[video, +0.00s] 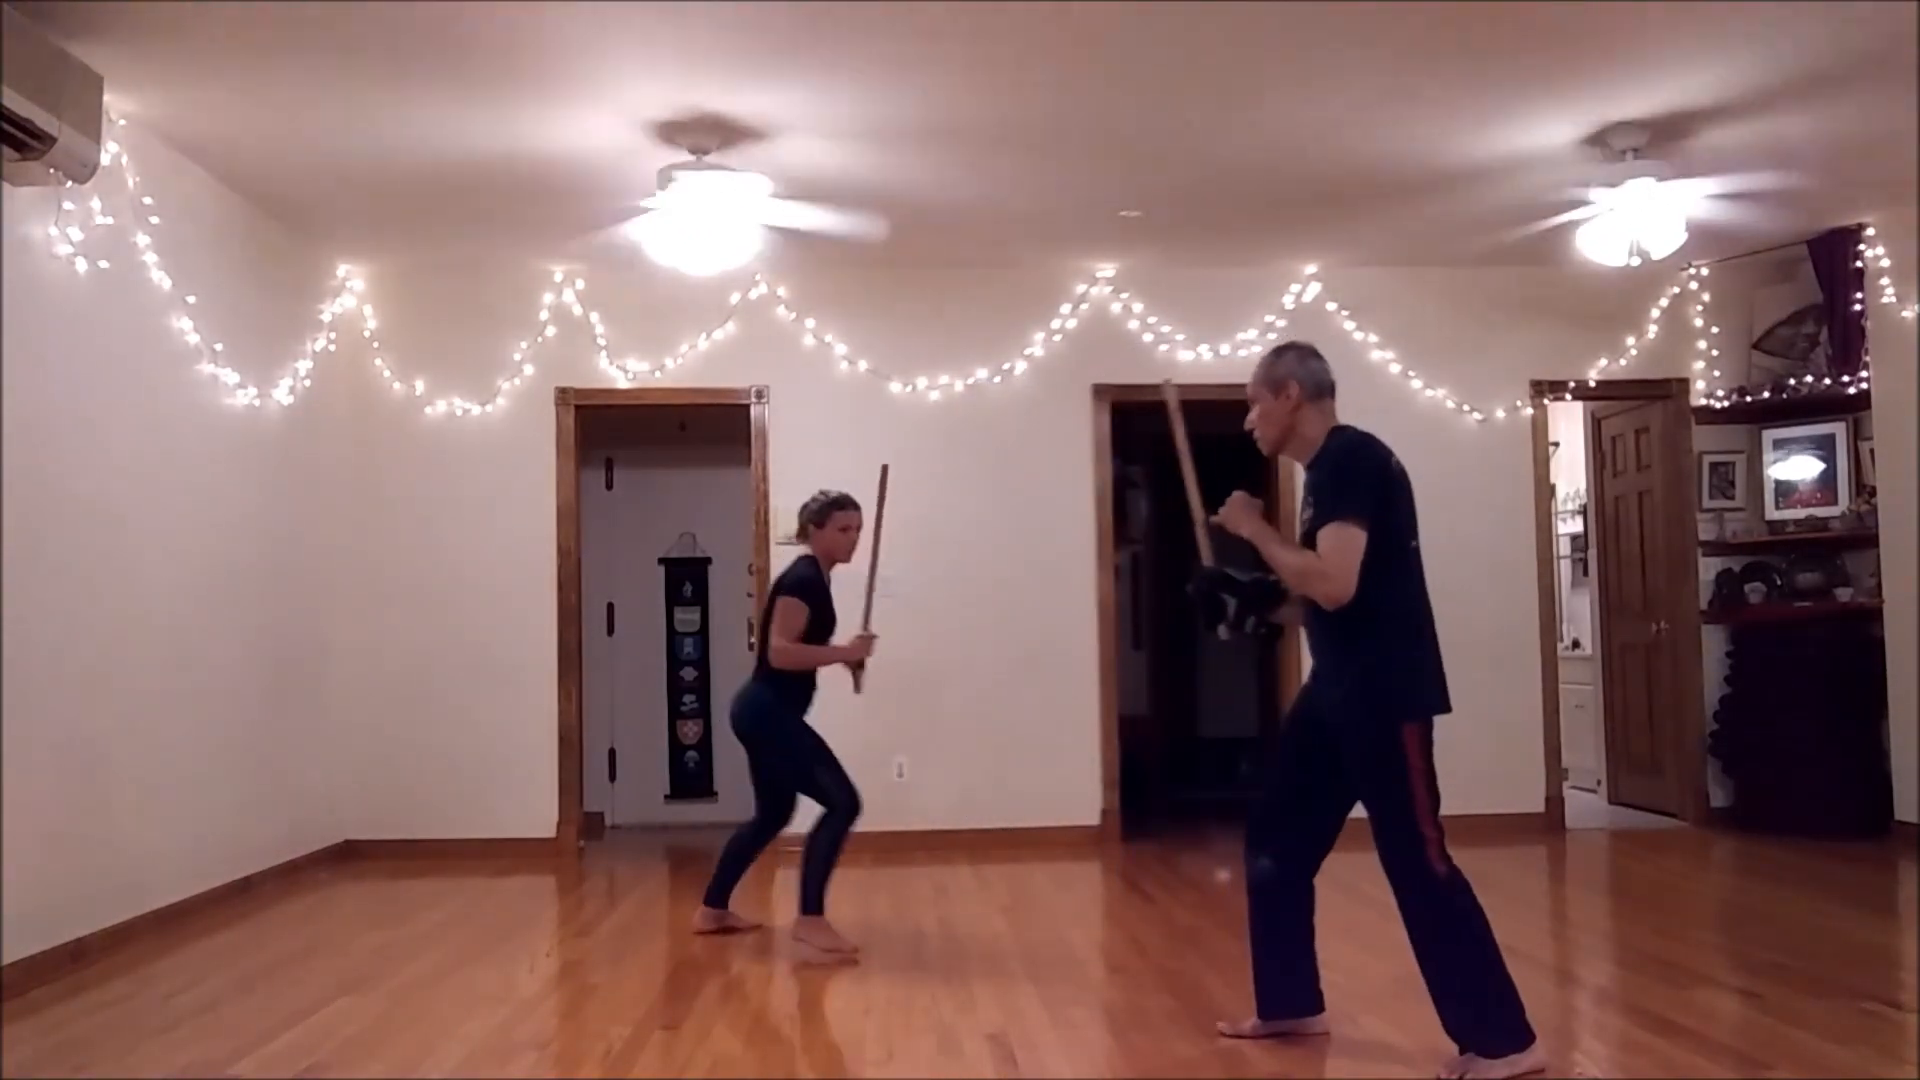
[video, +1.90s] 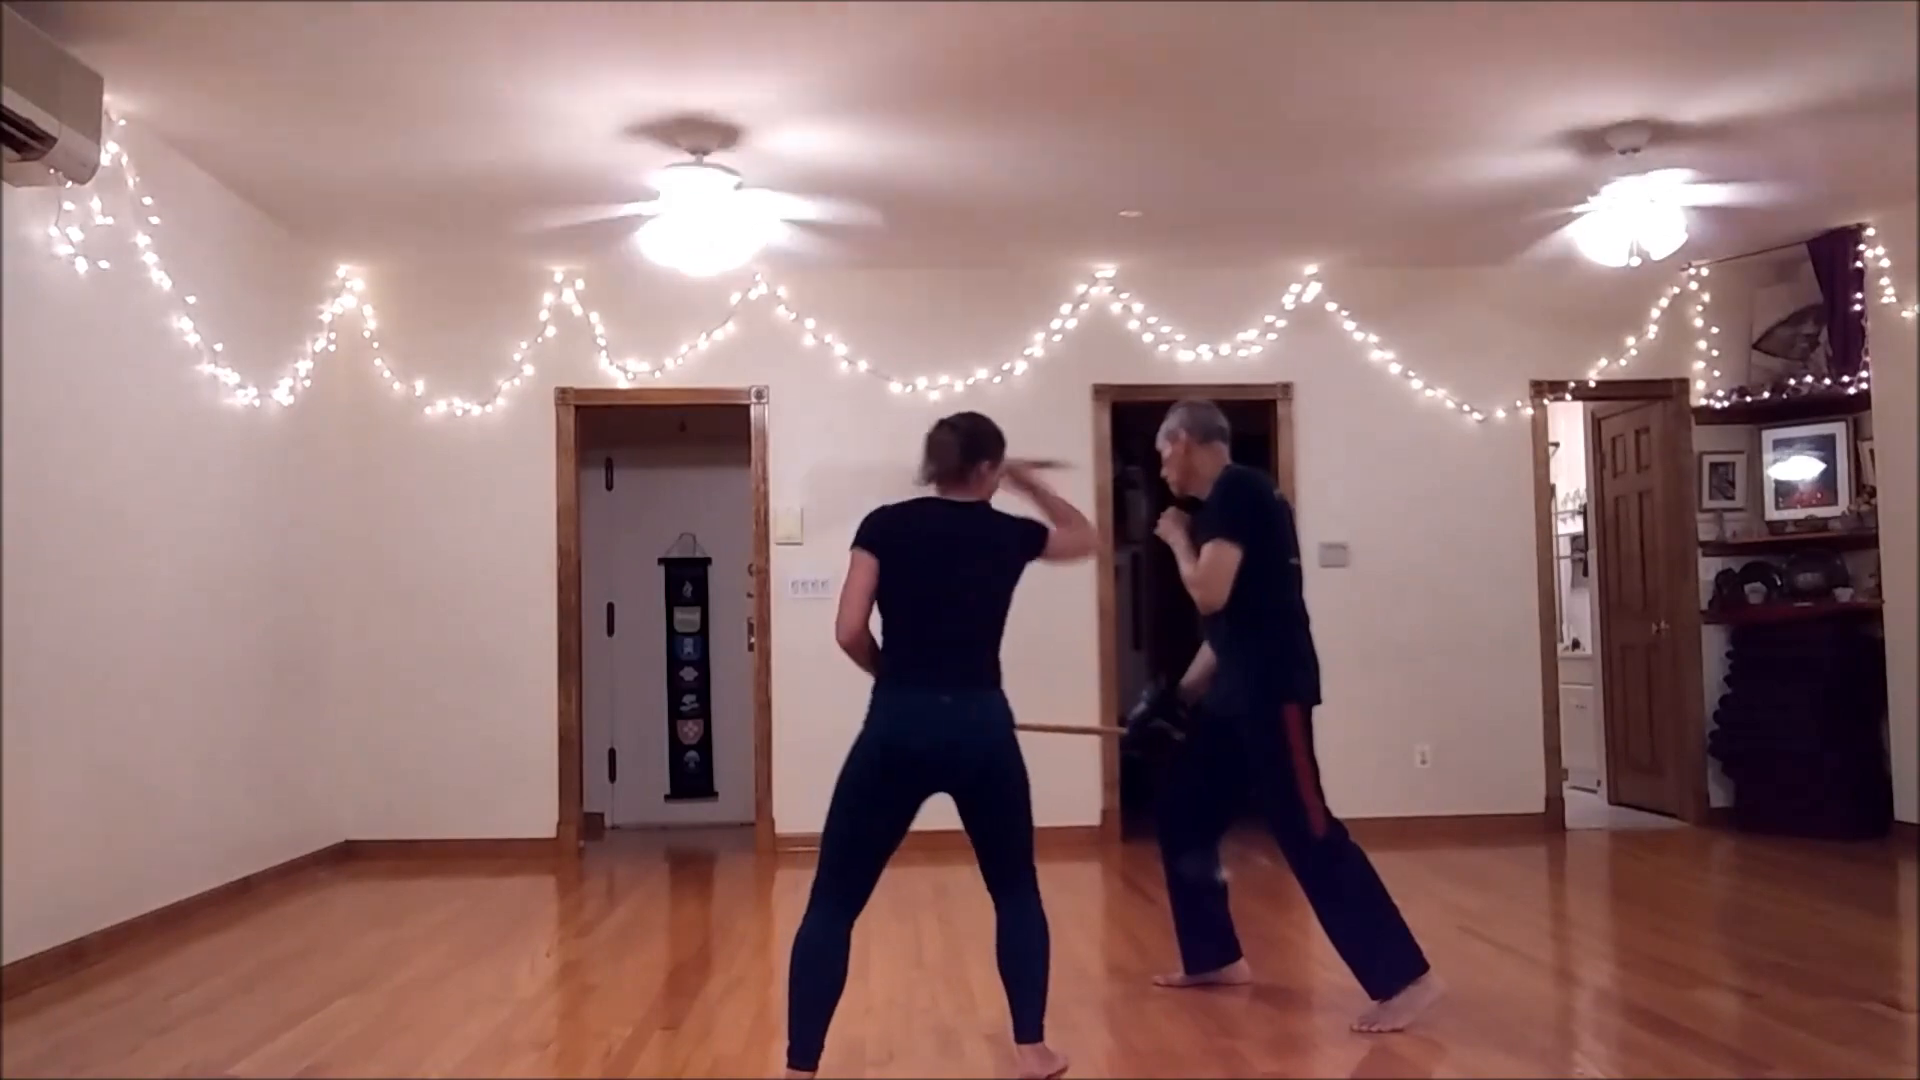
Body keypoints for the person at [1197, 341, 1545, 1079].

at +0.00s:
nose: (1250, 422)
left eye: (1255, 405)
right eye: (1249, 406)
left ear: (1292, 396)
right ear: (1298, 397)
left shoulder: (1352, 458)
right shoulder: (1323, 473)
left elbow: (1335, 582)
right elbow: (1333, 592)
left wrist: (1259, 532)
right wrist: (1270, 604)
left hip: (1386, 697)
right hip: (1338, 696)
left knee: (1420, 862)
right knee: (1277, 843)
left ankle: (1503, 1041)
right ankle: (1290, 1008)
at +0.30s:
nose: (1306, 421)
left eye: (1314, 406)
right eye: (1306, 407)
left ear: (1352, 405)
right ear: (1365, 405)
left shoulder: (1377, 482)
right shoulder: (1414, 473)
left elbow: (1332, 612)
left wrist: (1282, 531)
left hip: (1387, 702)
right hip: (1363, 695)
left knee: (1438, 867)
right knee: (1260, 813)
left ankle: (1570, 1032)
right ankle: (1285, 995)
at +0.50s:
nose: (1325, 439)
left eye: (1333, 424)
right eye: (1329, 424)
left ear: (1364, 430)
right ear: (1383, 431)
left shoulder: (1394, 511)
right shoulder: (1410, 499)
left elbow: (1358, 646)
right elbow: (1391, 625)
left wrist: (1311, 563)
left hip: (1382, 726)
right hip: (1351, 715)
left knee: (1416, 895)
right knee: (1238, 823)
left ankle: (1568, 1034)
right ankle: (1265, 977)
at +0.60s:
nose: (1312, 438)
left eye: (1321, 425)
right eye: (1317, 425)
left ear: (1345, 433)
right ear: (1369, 436)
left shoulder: (1374, 508)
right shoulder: (1371, 504)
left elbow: (1321, 626)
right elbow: (1328, 616)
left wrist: (1296, 543)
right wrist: (1294, 545)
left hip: (1372, 723)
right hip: (1335, 714)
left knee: (1417, 885)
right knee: (1236, 815)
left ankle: (1567, 1032)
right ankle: (1239, 964)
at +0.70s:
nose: (1277, 441)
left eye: (1282, 430)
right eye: (1282, 430)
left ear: (1299, 435)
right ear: (1335, 439)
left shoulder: (1326, 501)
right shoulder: (1325, 501)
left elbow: (1279, 607)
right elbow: (1251, 579)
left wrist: (1263, 532)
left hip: (1344, 713)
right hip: (1314, 709)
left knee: (1407, 865)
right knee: (1238, 814)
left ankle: (1547, 1014)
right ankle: (1220, 954)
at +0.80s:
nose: (1223, 464)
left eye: (1227, 450)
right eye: (1226, 452)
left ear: (1244, 448)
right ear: (1281, 444)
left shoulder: (1290, 498)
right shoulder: (1271, 512)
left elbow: (1259, 605)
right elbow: (1197, 593)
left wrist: (1228, 546)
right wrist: (1136, 606)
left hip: (1321, 700)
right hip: (1290, 700)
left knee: (1355, 854)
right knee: (1226, 812)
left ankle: (1509, 985)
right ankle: (1221, 955)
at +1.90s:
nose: (1161, 466)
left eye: (1165, 453)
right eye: (1160, 454)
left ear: (1193, 445)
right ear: (1205, 445)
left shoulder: (1238, 490)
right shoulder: (1227, 500)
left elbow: (1212, 591)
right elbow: (1228, 621)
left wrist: (1178, 541)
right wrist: (1181, 694)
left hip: (1274, 686)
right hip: (1239, 687)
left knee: (1308, 829)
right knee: (1183, 812)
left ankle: (1406, 979)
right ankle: (1213, 958)